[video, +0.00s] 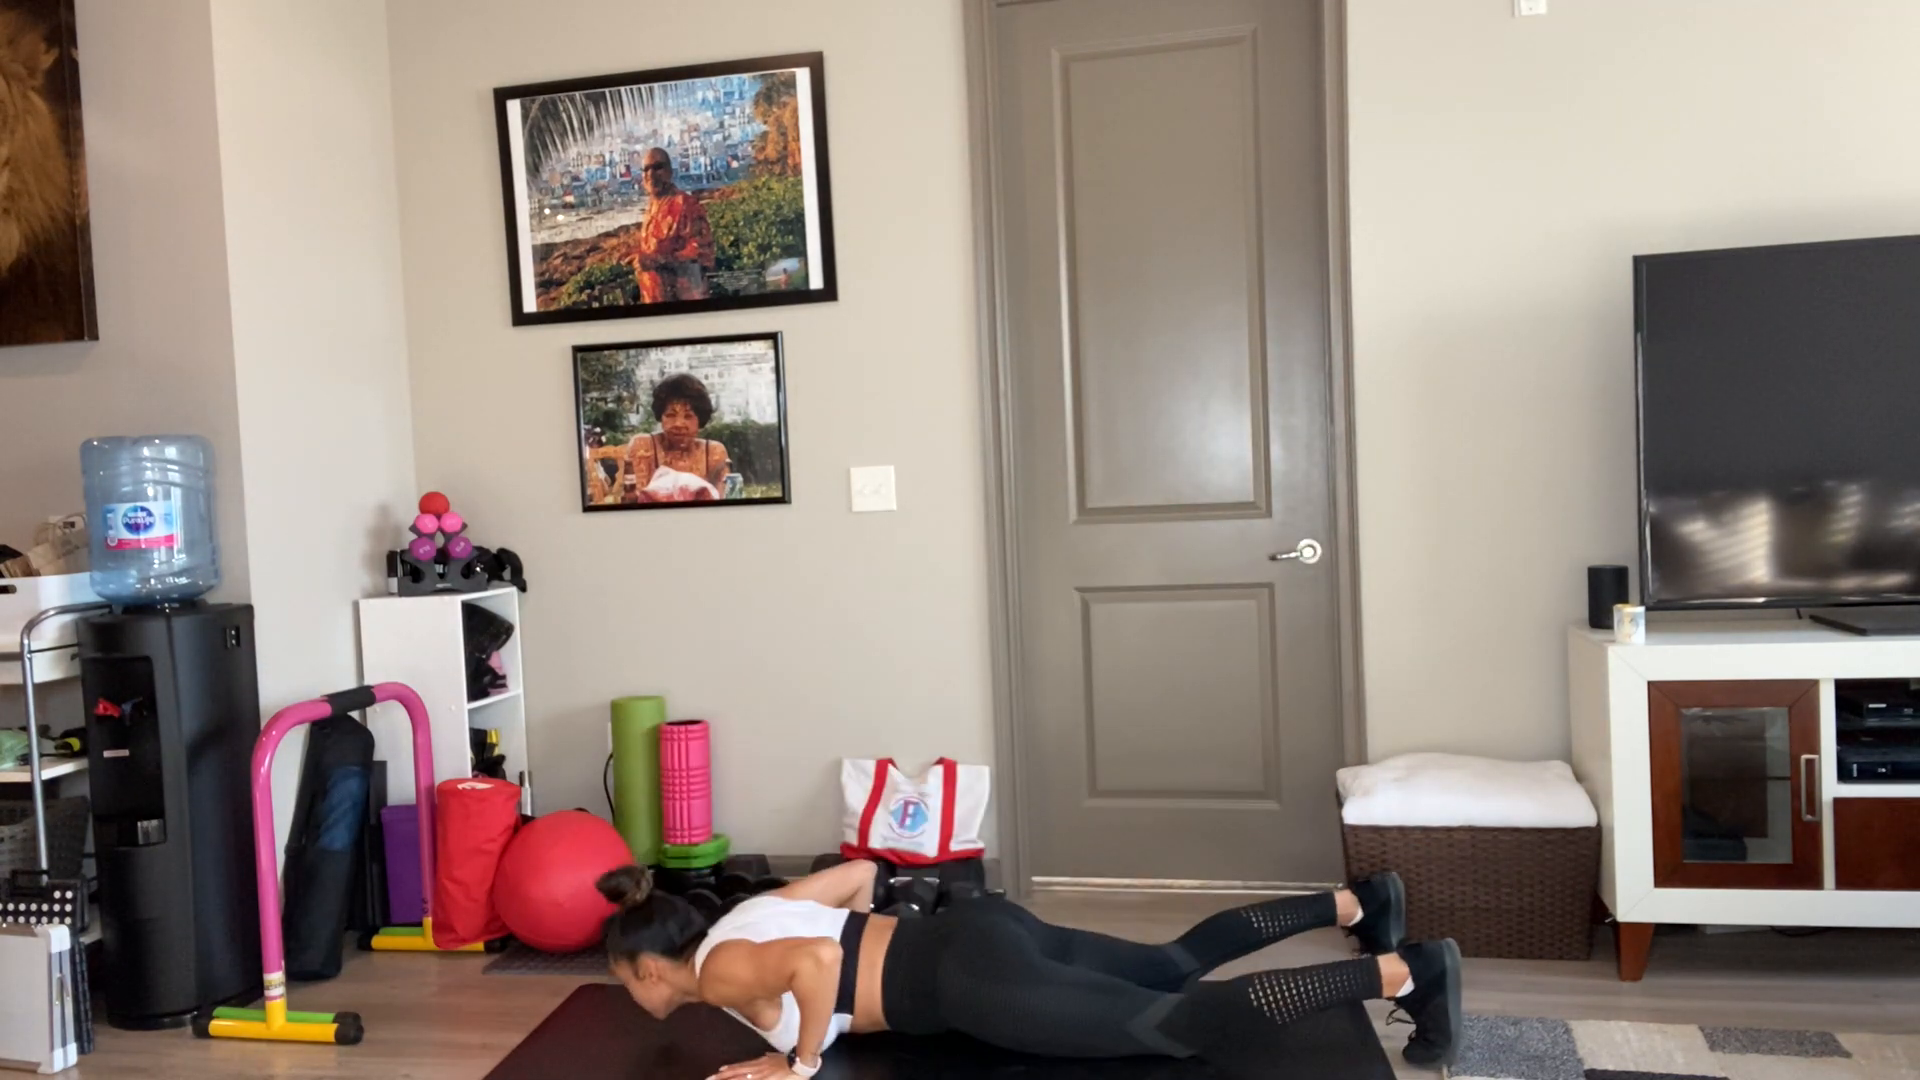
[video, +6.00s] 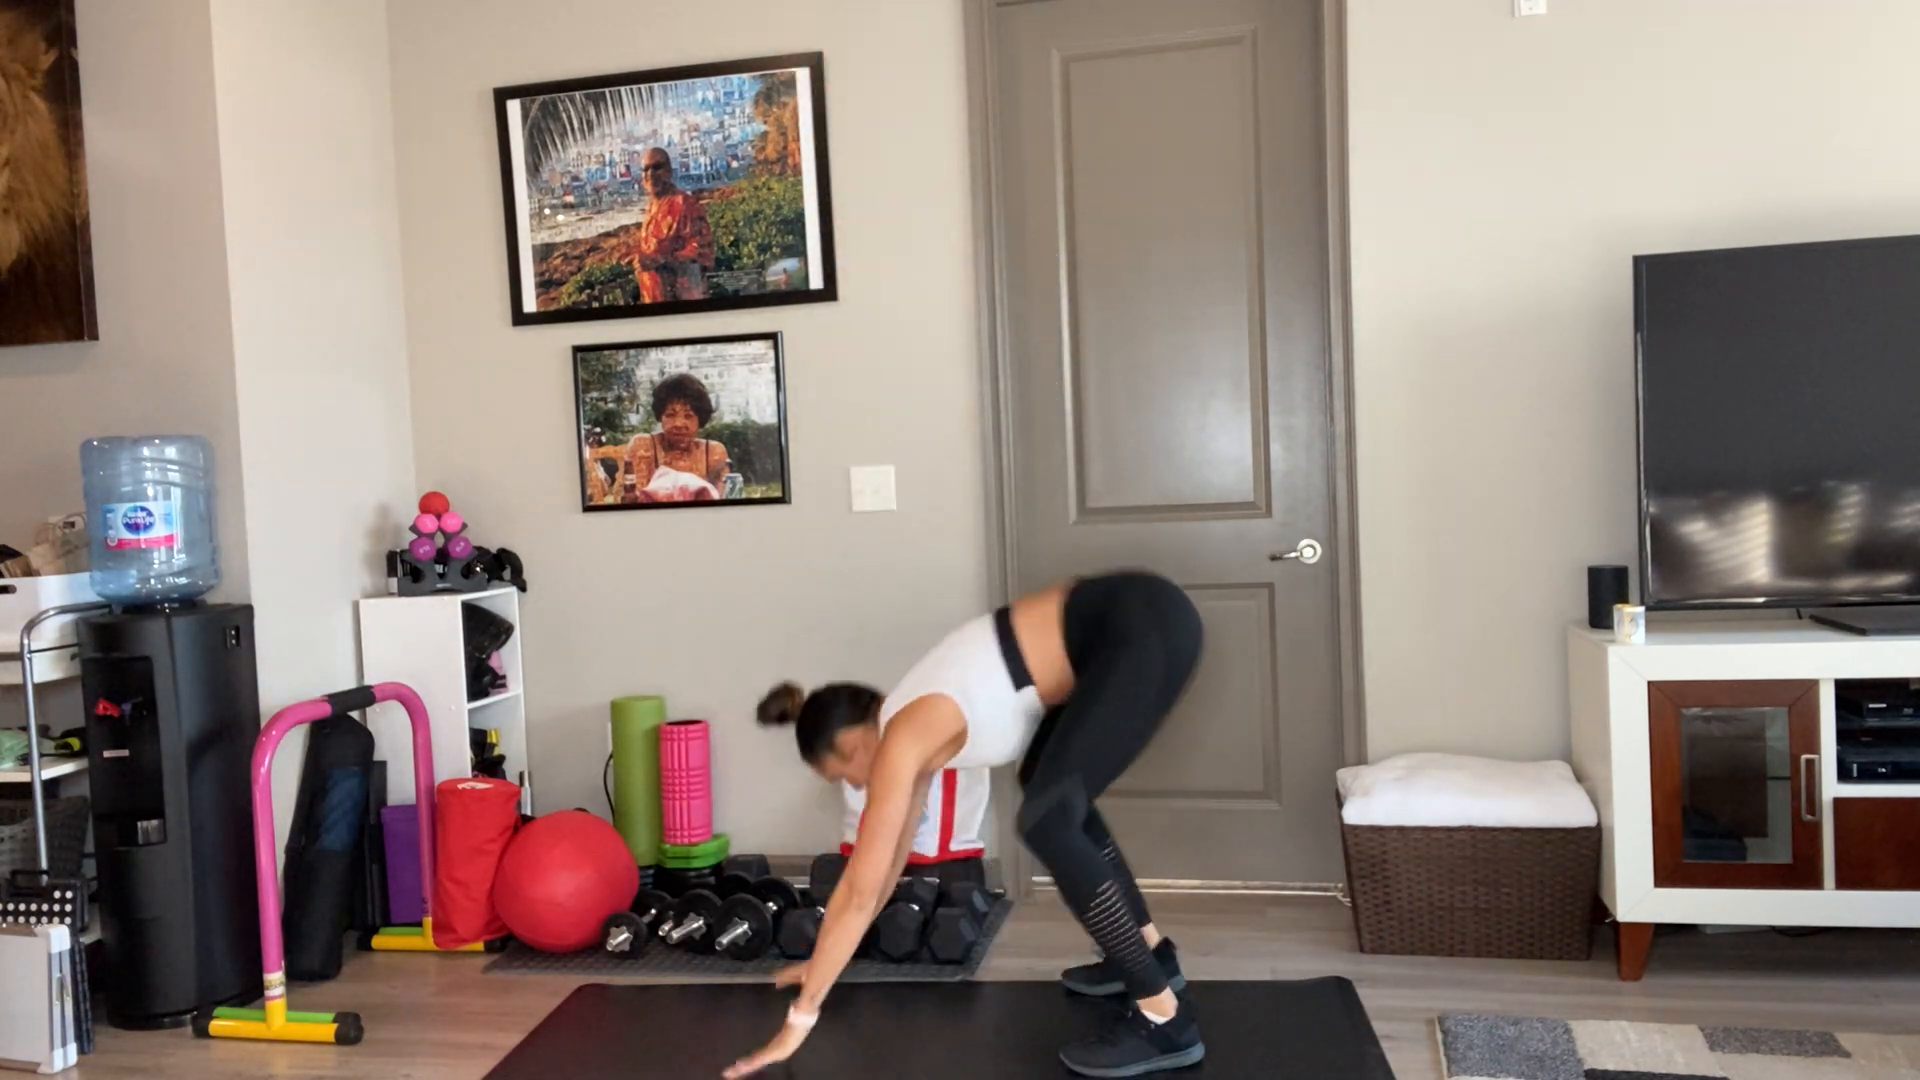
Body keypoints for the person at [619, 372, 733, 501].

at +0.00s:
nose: (679, 424)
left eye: (688, 416)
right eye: (670, 415)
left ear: (701, 420)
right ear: (660, 418)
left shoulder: (715, 451)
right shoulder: (641, 446)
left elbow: (721, 500)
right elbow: (634, 499)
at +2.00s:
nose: (679, 424)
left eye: (688, 416)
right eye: (671, 415)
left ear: (701, 420)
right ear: (660, 418)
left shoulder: (715, 451)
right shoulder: (642, 446)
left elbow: (719, 501)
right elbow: (638, 499)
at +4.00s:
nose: (679, 424)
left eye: (688, 416)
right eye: (670, 415)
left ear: (700, 420)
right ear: (660, 417)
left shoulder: (714, 451)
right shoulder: (641, 446)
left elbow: (722, 499)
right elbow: (631, 499)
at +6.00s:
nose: (679, 424)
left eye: (688, 416)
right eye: (670, 415)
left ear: (700, 420)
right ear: (660, 417)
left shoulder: (715, 451)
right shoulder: (641, 446)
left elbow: (722, 500)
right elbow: (631, 499)